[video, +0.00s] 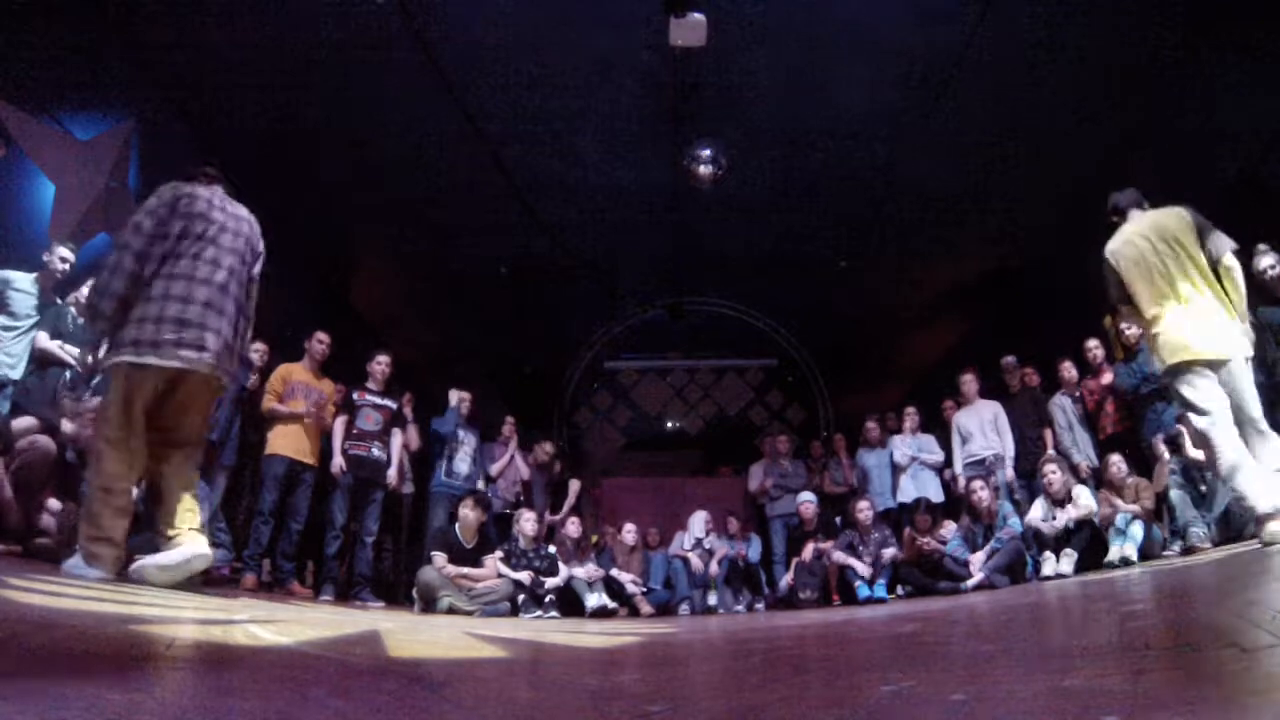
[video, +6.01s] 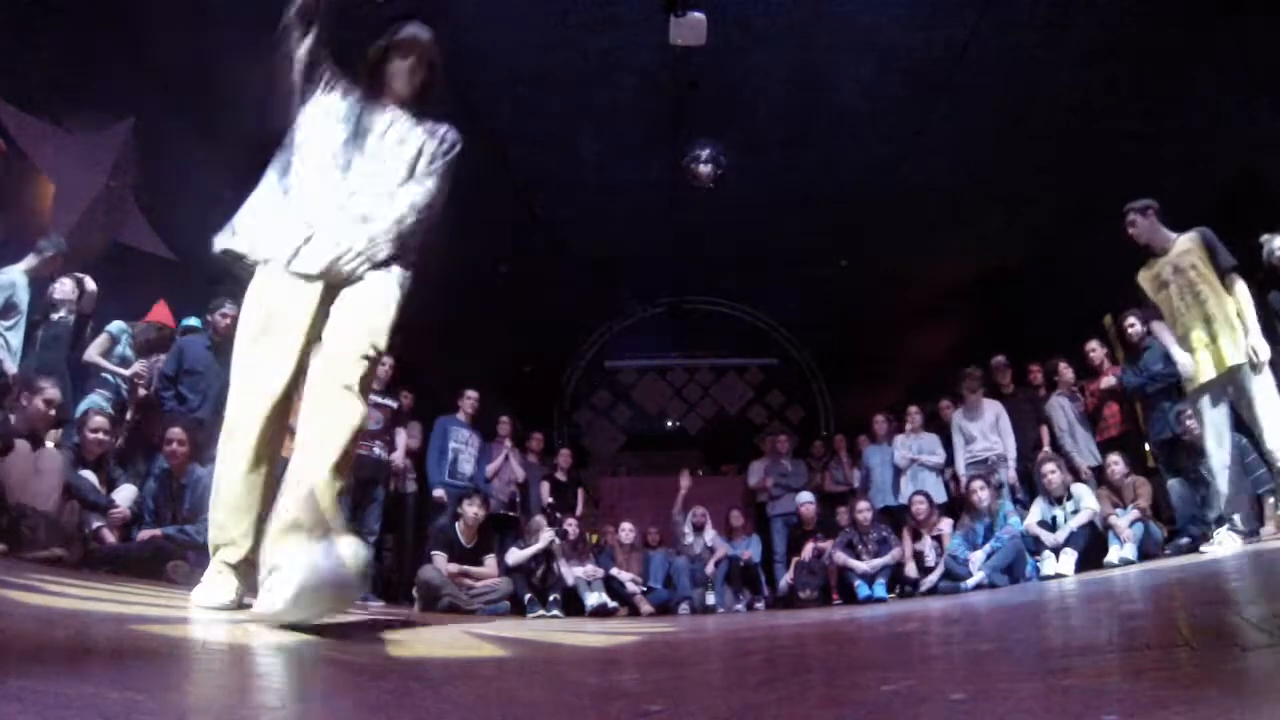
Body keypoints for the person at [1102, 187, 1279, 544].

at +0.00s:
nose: (1115, 225)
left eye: (1113, 221)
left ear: (1115, 217)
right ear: (1144, 204)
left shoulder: (1113, 250)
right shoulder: (1181, 215)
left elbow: (1123, 310)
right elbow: (1228, 260)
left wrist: (1152, 327)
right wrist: (1242, 317)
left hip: (1175, 342)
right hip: (1222, 329)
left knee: (1220, 432)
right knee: (1256, 424)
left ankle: (1265, 513)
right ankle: (1273, 507)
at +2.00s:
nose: (1135, 243)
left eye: (1136, 237)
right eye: (1128, 238)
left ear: (1138, 243)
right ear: (1113, 244)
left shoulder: (1151, 284)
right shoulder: (1101, 283)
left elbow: (1160, 326)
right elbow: (1099, 332)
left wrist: (1177, 336)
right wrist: (1148, 340)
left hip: (1173, 375)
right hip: (1139, 381)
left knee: (1194, 453)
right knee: (1153, 455)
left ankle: (1203, 532)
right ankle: (1138, 531)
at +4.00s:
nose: (1147, 228)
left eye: (1146, 220)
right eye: (1144, 223)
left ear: (1159, 207)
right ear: (1155, 215)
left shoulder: (1203, 218)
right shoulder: (1180, 261)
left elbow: (1248, 248)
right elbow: (1195, 314)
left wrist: (1235, 300)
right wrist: (1189, 362)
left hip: (1252, 342)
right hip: (1221, 356)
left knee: (1278, 420)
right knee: (1252, 438)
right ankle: (1275, 514)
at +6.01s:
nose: (1131, 232)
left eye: (1133, 224)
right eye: (1127, 228)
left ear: (1152, 216)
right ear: (1133, 232)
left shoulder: (1199, 239)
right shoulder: (1146, 276)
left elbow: (1235, 283)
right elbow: (1156, 321)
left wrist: (1254, 332)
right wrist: (1177, 353)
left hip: (1239, 346)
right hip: (1199, 361)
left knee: (1271, 438)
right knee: (1216, 450)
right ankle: (1228, 528)